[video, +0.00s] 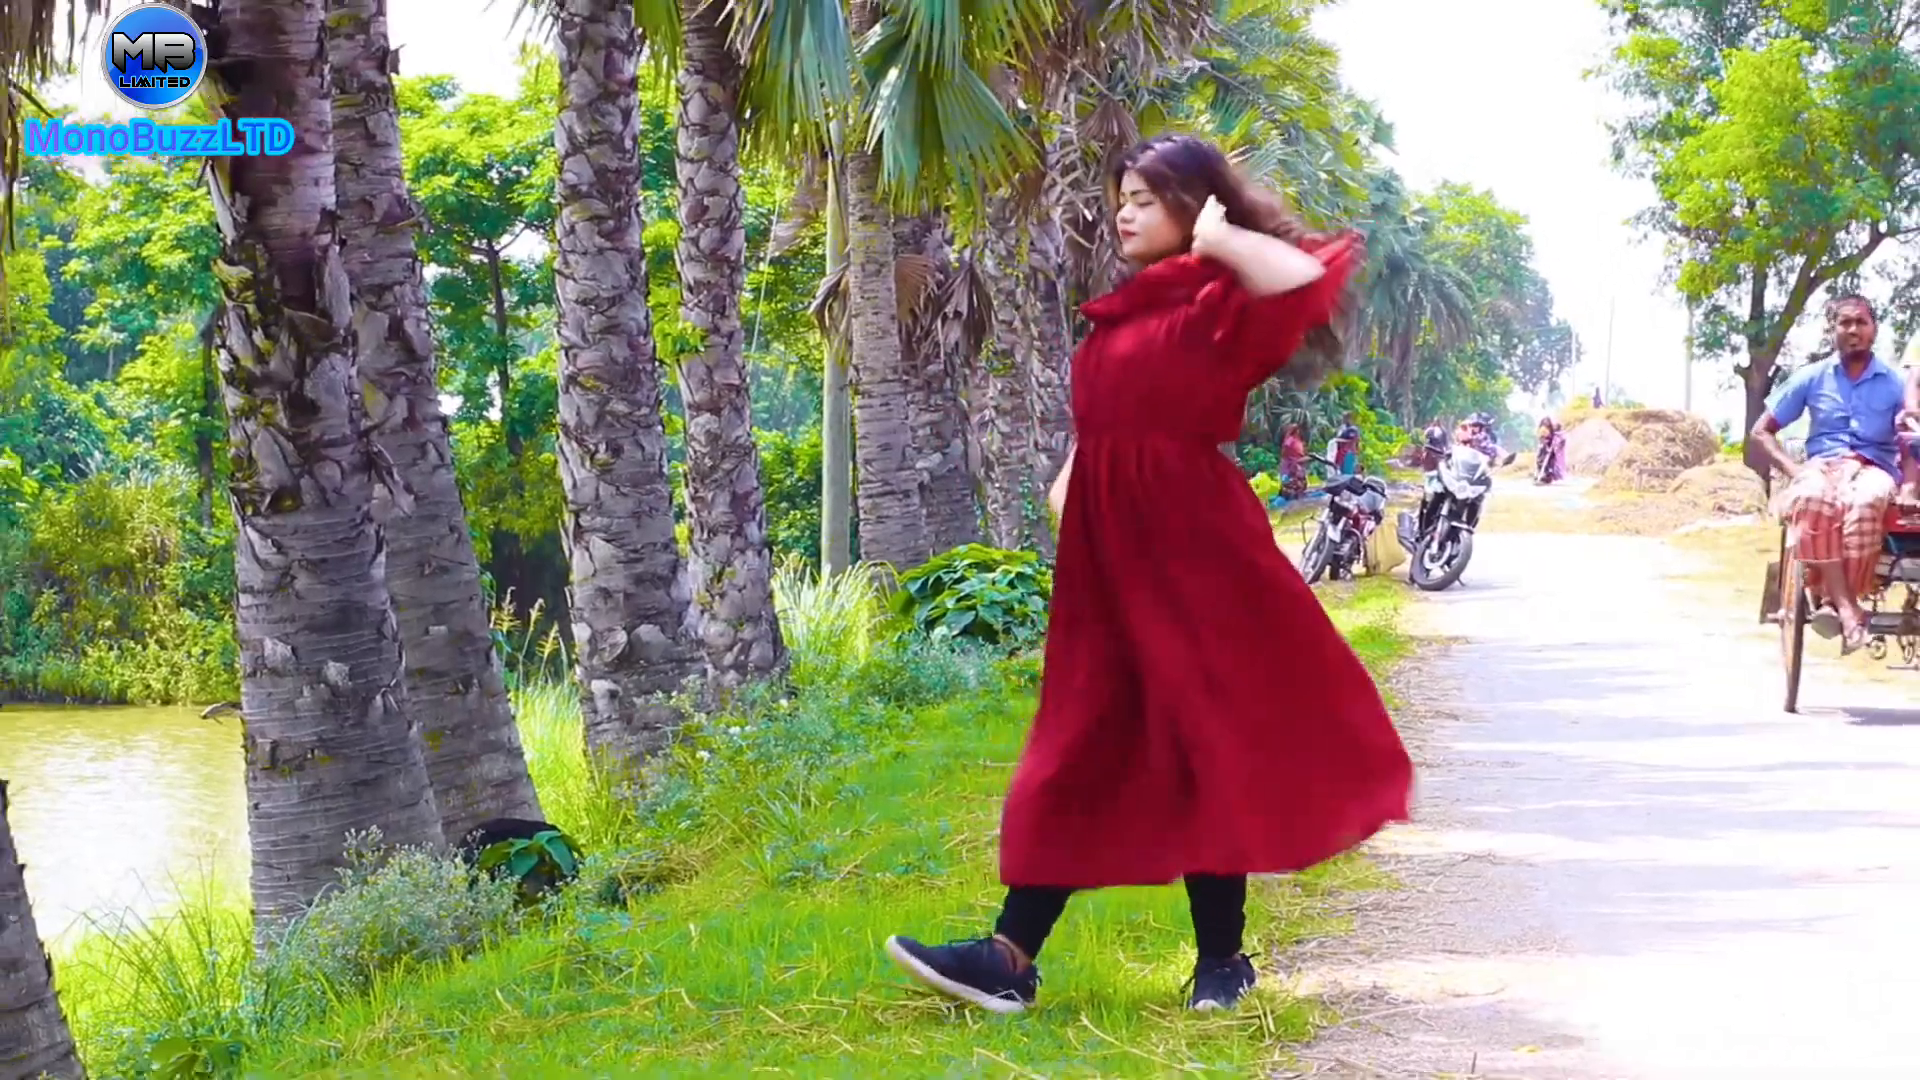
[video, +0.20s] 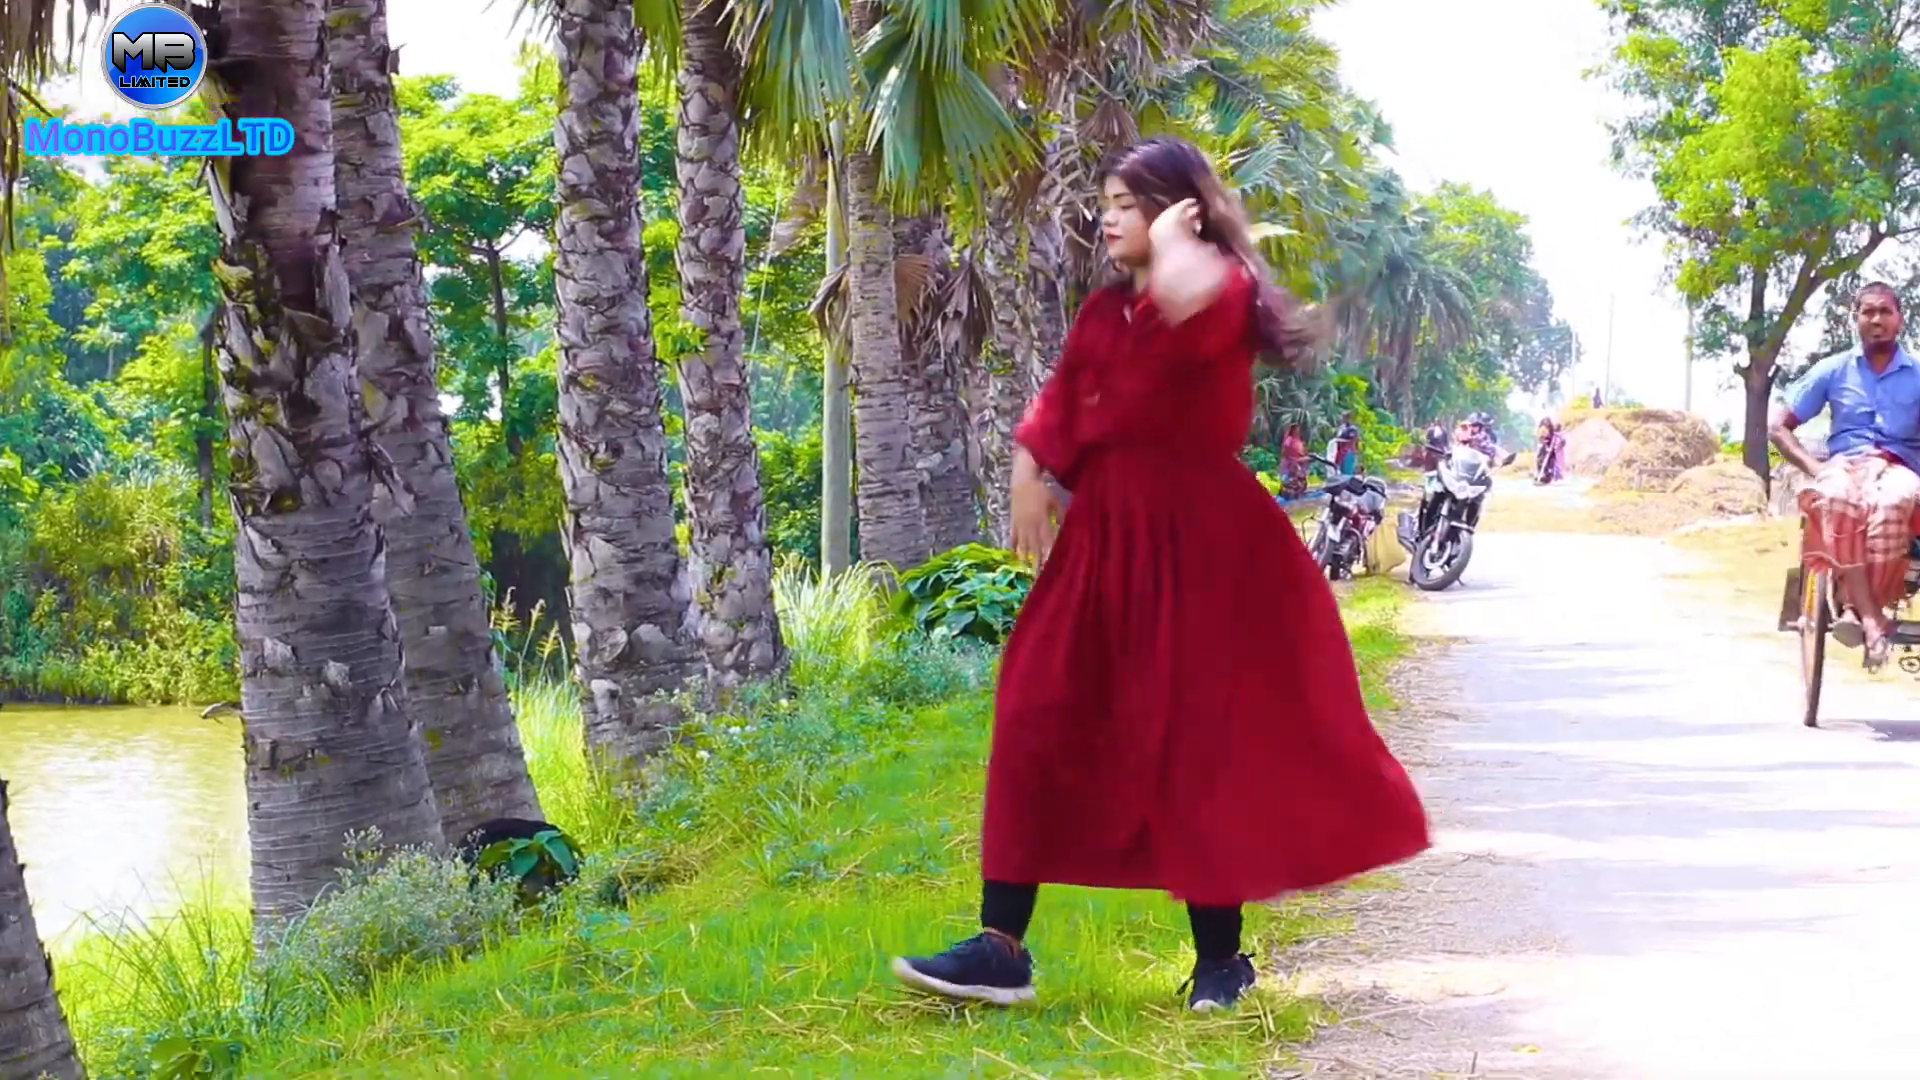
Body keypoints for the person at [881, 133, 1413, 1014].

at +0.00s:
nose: (1122, 216)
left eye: (1142, 202)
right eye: (1121, 202)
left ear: (1192, 214)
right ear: (1123, 215)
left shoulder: (1221, 296)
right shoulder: (1120, 313)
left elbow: (1306, 281)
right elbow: (1113, 420)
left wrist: (1217, 233)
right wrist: (1069, 474)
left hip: (1192, 551)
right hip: (1109, 548)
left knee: (1202, 746)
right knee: (1074, 746)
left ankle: (1221, 961)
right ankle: (1011, 954)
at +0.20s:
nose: (1106, 222)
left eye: (1121, 207)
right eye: (1105, 207)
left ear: (1173, 214)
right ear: (1118, 218)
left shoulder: (1222, 291)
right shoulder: (1103, 310)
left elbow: (1187, 286)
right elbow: (1053, 401)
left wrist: (1179, 231)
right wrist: (1028, 469)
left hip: (1200, 546)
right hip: (1101, 541)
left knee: (1196, 741)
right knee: (1028, 718)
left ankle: (1220, 959)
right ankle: (1002, 941)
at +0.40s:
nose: (1052, 245)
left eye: (1074, 231)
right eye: (1050, 231)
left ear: (1128, 245)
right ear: (1049, 244)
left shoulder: (1179, 329)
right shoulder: (1036, 340)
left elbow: (1310, 337)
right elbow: (989, 437)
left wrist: (1202, 281)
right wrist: (979, 488)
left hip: (1153, 560)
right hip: (1049, 562)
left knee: (1171, 749)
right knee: (1012, 752)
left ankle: (1210, 944)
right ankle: (974, 937)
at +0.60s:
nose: (1085, 216)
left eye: (1098, 206)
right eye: (1064, 204)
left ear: (1116, 232)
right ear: (1022, 229)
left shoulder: (1152, 332)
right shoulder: (983, 331)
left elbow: (1205, 465)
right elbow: (923, 434)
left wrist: (1170, 447)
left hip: (1129, 561)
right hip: (1012, 563)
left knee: (1180, 751)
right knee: (994, 759)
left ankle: (1214, 957)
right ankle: (972, 972)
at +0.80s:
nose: (1098, 212)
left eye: (1099, 199)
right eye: (1080, 198)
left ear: (1096, 214)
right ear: (1023, 210)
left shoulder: (1112, 295)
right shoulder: (980, 294)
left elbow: (1161, 384)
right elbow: (872, 280)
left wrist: (1165, 449)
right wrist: (981, 236)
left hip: (1113, 519)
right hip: (1016, 516)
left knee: (1150, 717)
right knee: (997, 720)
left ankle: (1170, 938)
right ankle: (972, 940)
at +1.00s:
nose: (1097, 224)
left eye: (1097, 209)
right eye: (1080, 210)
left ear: (1091, 225)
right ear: (1025, 220)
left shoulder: (1113, 306)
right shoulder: (971, 302)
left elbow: (1195, 400)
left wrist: (1127, 474)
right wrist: (1070, 261)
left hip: (1113, 530)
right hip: (1014, 535)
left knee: (1166, 734)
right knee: (1013, 738)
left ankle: (1177, 961)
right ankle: (975, 958)